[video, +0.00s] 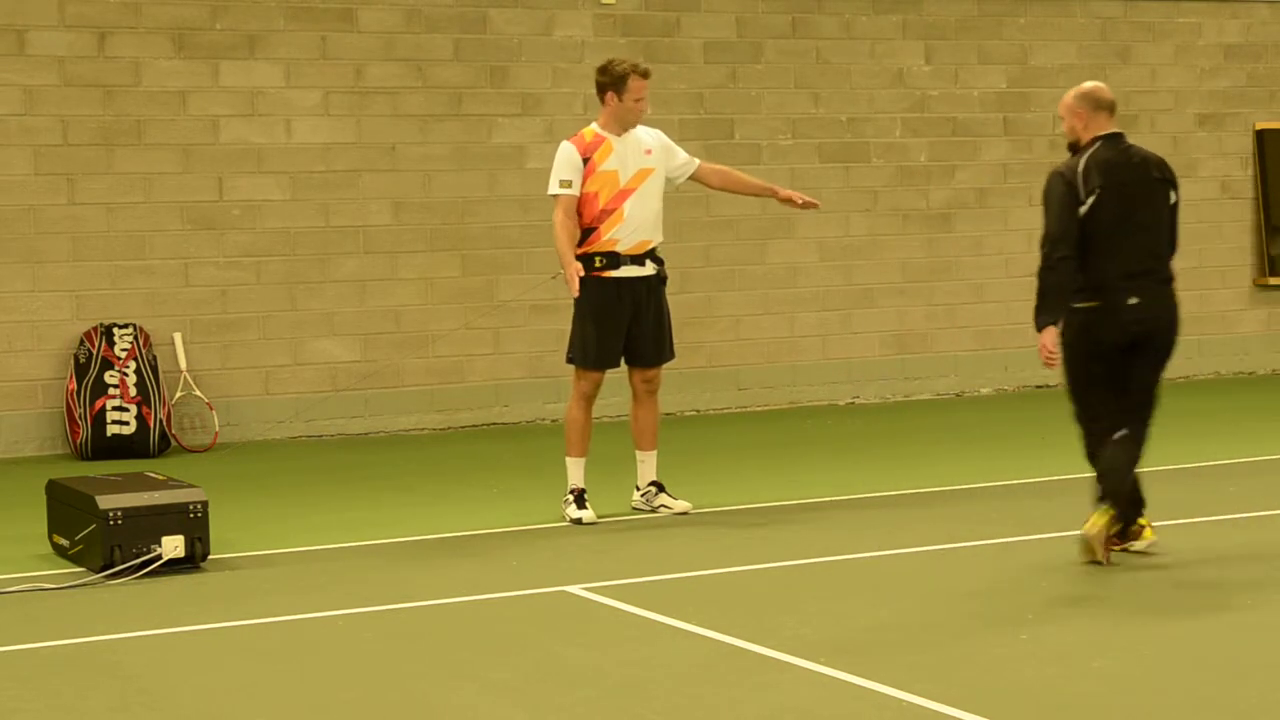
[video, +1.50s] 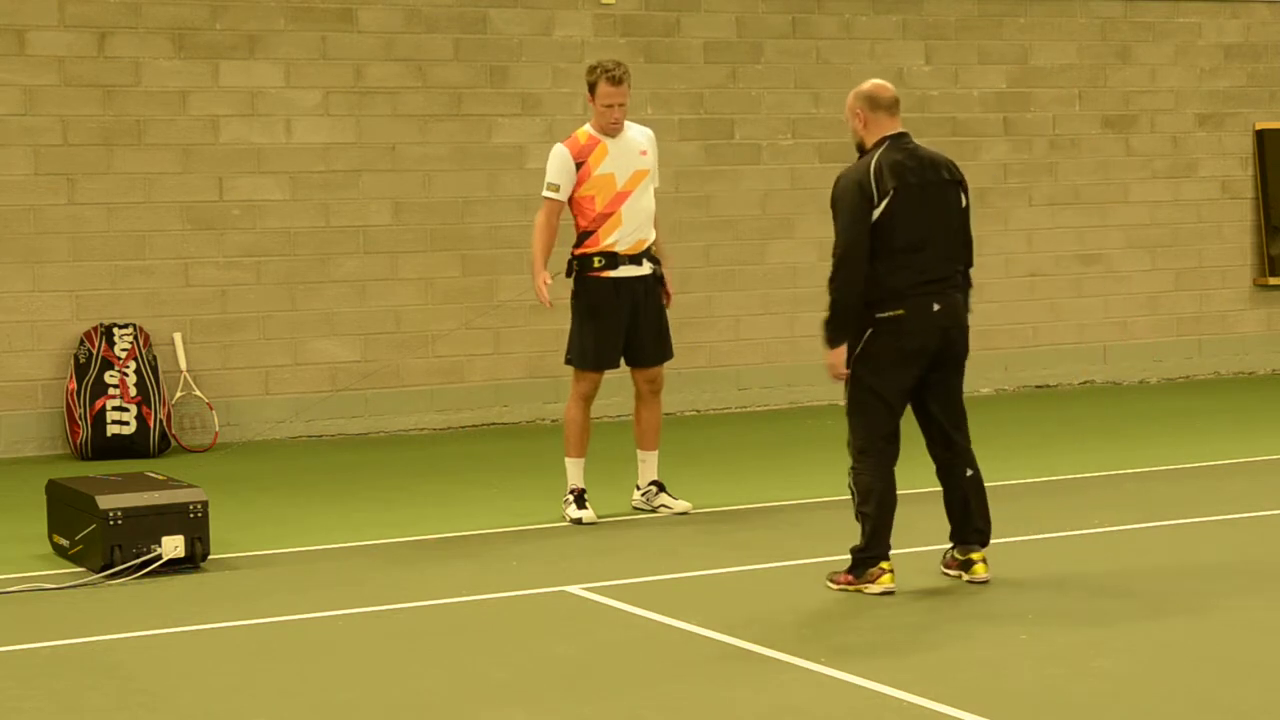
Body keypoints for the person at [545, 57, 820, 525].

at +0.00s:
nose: (644, 108)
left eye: (646, 100)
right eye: (637, 100)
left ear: (642, 99)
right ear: (609, 99)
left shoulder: (654, 142)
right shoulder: (576, 149)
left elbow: (711, 173)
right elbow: (564, 215)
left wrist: (776, 191)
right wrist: (569, 266)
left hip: (647, 281)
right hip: (598, 282)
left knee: (647, 383)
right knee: (586, 387)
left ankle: (647, 488)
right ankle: (576, 493)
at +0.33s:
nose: (620, 117)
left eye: (627, 108)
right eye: (612, 108)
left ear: (636, 103)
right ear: (597, 100)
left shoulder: (654, 143)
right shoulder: (576, 149)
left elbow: (711, 176)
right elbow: (563, 213)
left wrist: (774, 195)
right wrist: (569, 262)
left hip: (646, 281)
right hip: (599, 281)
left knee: (647, 382)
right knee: (586, 387)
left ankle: (647, 488)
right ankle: (575, 494)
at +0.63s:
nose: (620, 117)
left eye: (627, 108)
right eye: (612, 108)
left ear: (635, 103)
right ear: (595, 101)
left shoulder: (654, 143)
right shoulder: (575, 150)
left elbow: (711, 176)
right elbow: (562, 214)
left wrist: (774, 195)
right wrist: (568, 264)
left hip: (646, 281)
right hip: (598, 282)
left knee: (647, 383)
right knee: (585, 387)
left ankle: (647, 488)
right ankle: (575, 493)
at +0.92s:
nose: (621, 116)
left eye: (628, 107)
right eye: (614, 107)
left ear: (637, 102)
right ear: (597, 101)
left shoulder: (654, 143)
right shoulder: (576, 149)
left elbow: (710, 176)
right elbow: (562, 214)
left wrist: (773, 194)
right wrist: (568, 265)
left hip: (646, 281)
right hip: (598, 282)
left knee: (647, 383)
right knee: (586, 387)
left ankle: (647, 488)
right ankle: (575, 494)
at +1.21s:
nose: (620, 113)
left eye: (626, 105)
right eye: (611, 105)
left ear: (634, 101)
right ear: (594, 101)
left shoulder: (651, 143)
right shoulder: (574, 151)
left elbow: (686, 197)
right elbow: (556, 214)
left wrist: (733, 239)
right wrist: (553, 263)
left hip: (645, 280)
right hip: (597, 282)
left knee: (645, 384)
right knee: (586, 387)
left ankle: (647, 487)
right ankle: (575, 493)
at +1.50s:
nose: (615, 113)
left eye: (621, 105)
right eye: (607, 105)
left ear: (629, 101)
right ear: (589, 101)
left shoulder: (644, 140)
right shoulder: (569, 151)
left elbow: (647, 210)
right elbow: (549, 214)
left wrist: (661, 268)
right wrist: (540, 268)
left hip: (644, 280)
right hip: (597, 283)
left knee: (650, 382)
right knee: (584, 387)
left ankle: (648, 487)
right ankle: (575, 493)